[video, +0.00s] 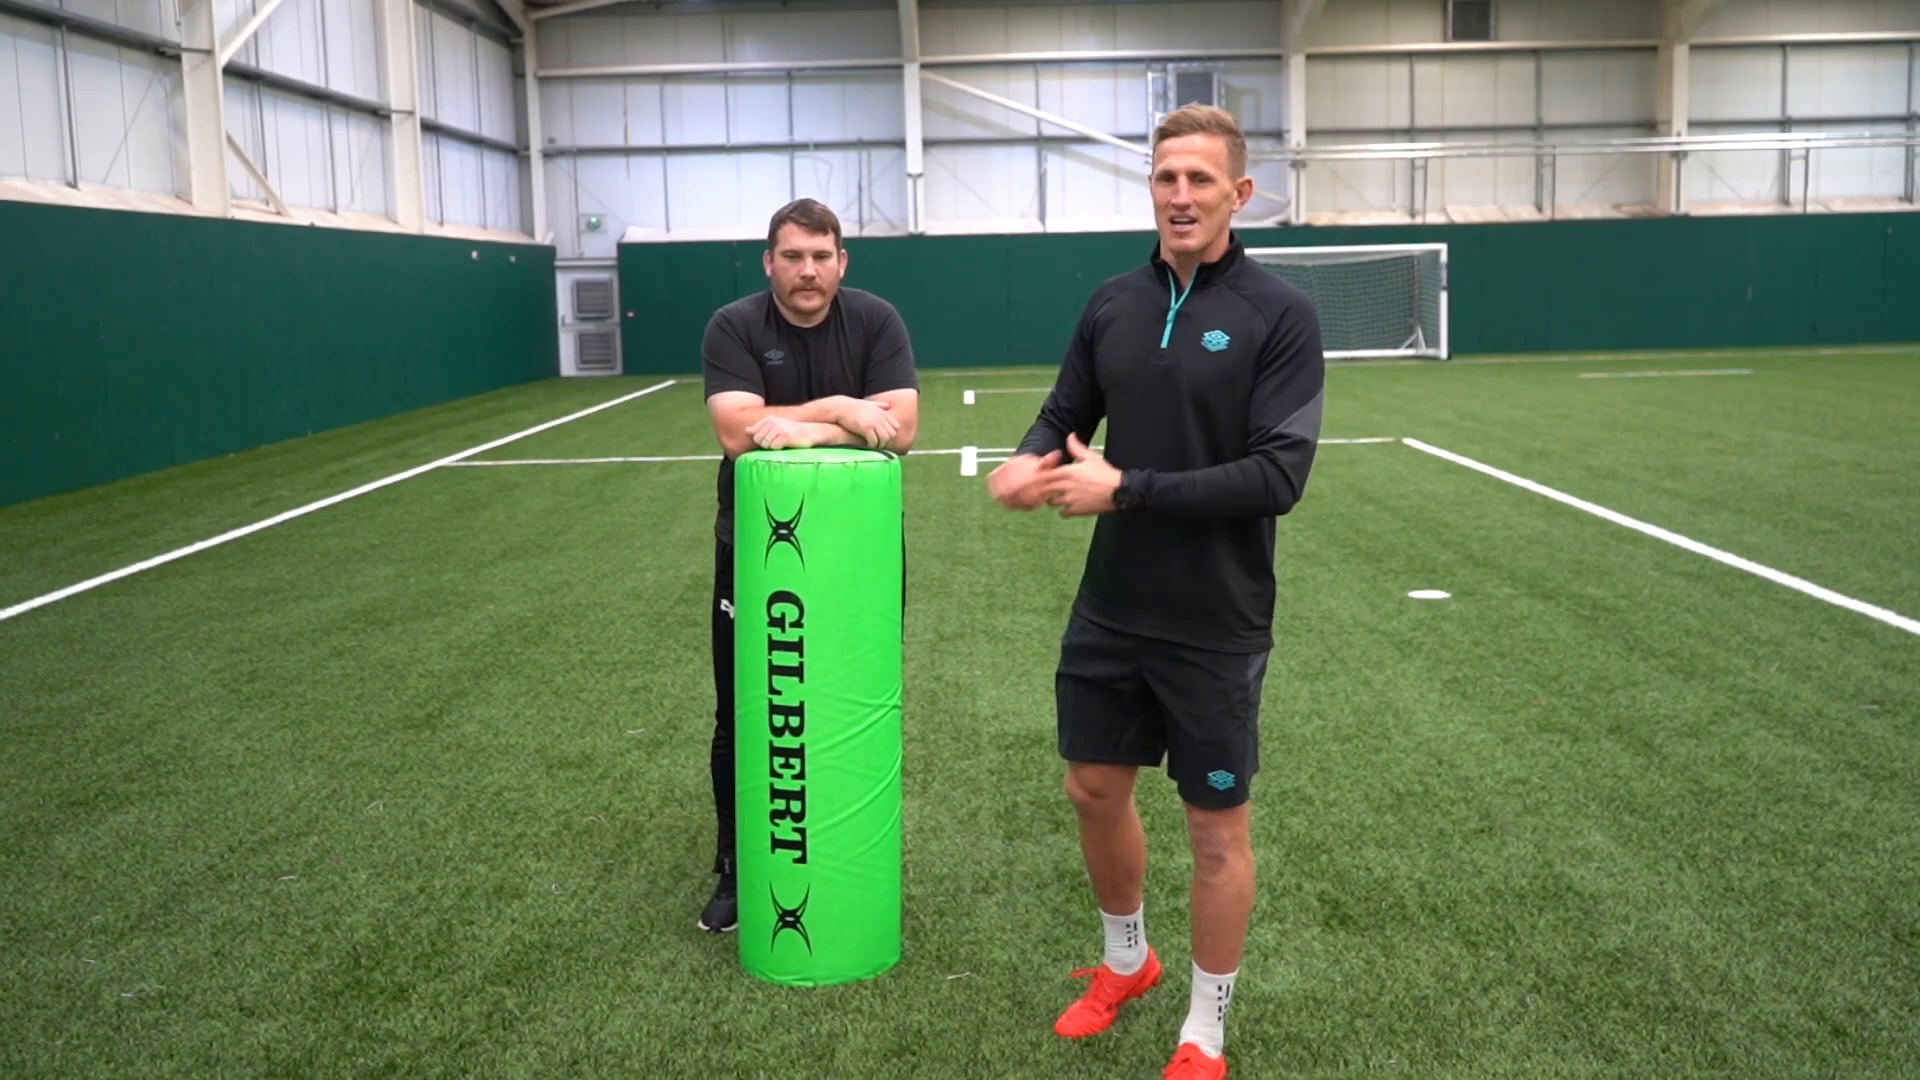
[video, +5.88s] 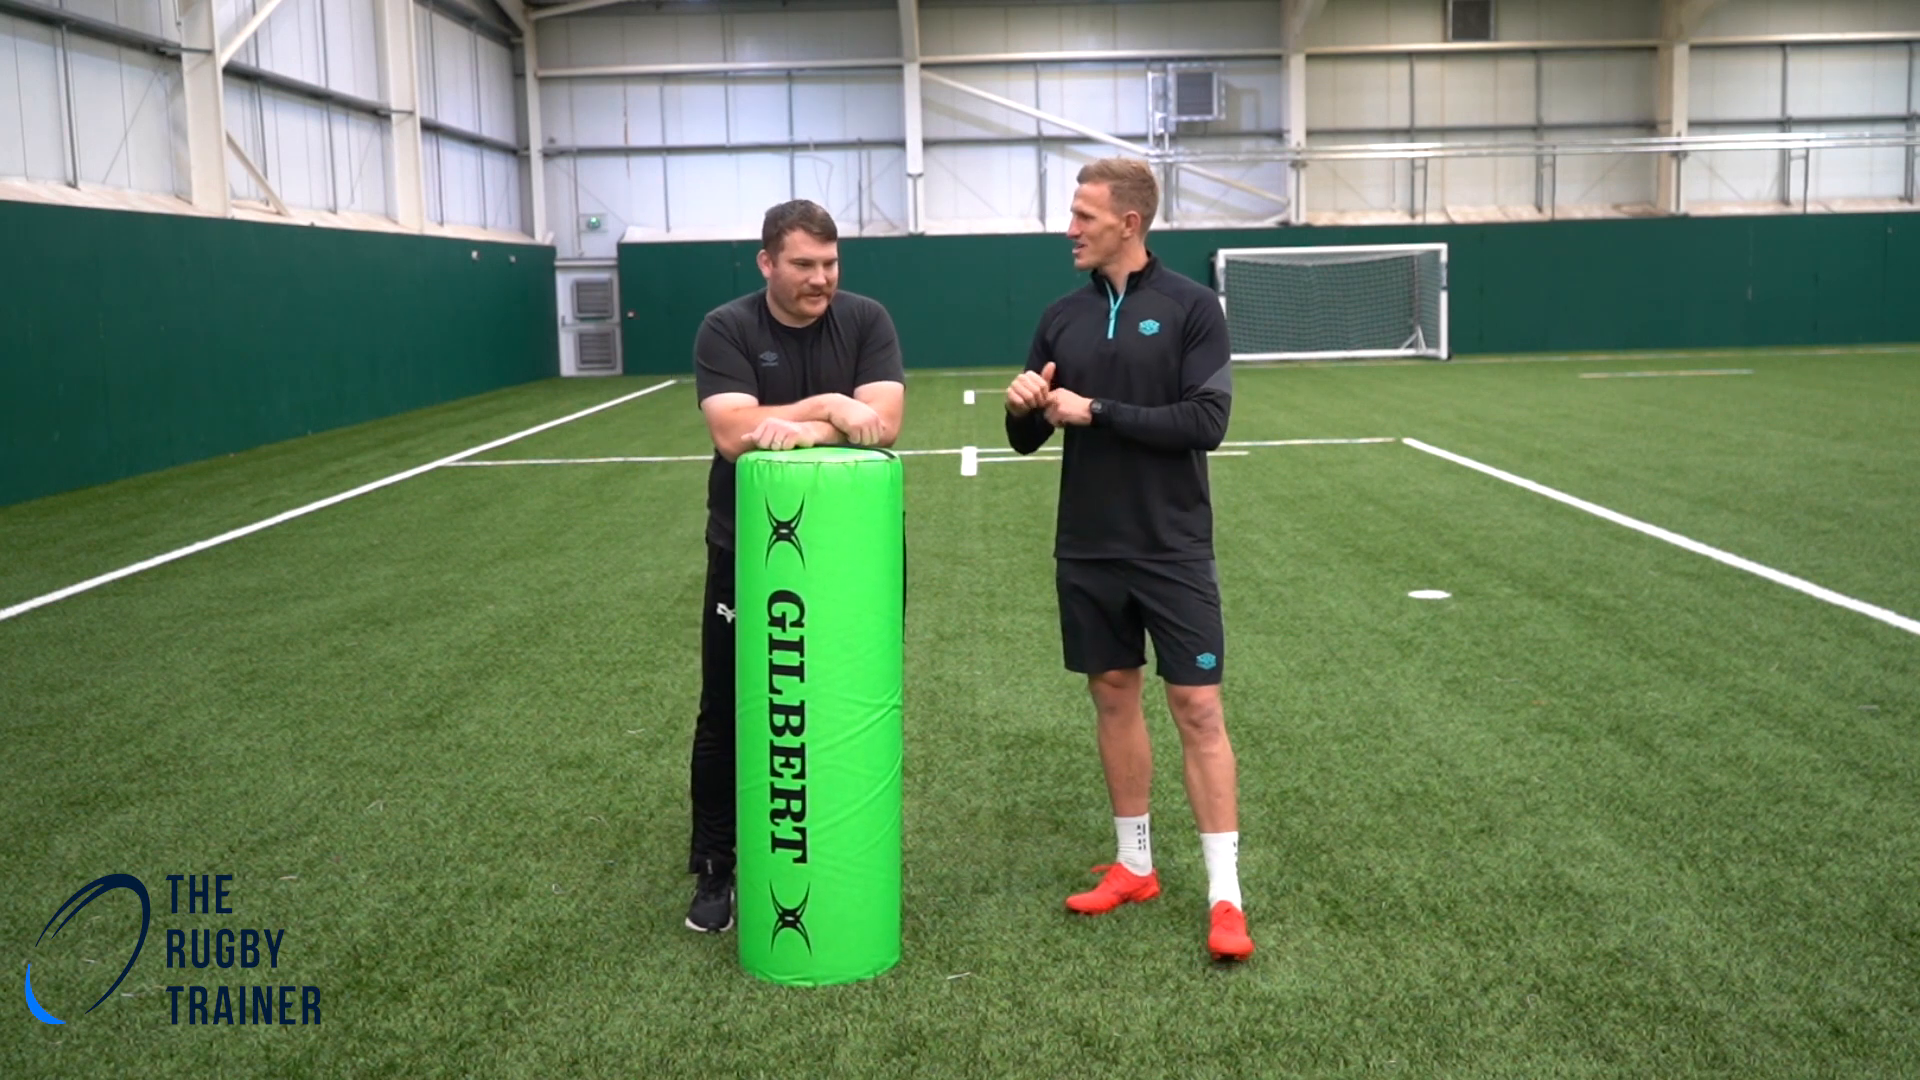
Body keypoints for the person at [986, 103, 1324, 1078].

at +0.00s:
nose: (1179, 196)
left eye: (1200, 179)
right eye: (1165, 178)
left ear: (1240, 194)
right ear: (1148, 190)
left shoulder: (1282, 315)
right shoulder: (1114, 304)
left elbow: (1280, 475)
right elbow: (1061, 423)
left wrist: (1123, 489)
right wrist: (1031, 465)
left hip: (1218, 617)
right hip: (1112, 602)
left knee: (1215, 826)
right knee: (1096, 788)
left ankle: (1206, 1033)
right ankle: (1128, 962)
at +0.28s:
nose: (1107, 211)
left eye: (1115, 195)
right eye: (1108, 193)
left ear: (1166, 201)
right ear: (1165, 199)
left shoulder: (1255, 325)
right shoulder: (1143, 294)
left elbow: (1243, 502)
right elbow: (1095, 396)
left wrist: (1120, 607)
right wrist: (994, 385)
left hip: (1209, 614)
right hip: (1122, 596)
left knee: (1219, 820)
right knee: (1111, 775)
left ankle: (1207, 1035)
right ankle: (1136, 966)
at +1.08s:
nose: (1110, 218)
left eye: (1125, 201)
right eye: (1096, 206)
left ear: (1164, 209)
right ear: (1082, 222)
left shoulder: (1230, 312)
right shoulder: (1078, 332)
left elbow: (1266, 453)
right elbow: (1045, 443)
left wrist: (1175, 549)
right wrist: (1024, 512)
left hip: (1220, 590)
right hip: (1124, 591)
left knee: (1221, 788)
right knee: (1162, 768)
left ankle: (1215, 1012)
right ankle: (1179, 962)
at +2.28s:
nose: (1203, 216)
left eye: (1219, 206)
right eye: (1205, 202)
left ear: (1270, 217)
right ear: (1226, 213)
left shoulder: (1324, 319)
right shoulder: (1183, 301)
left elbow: (1332, 457)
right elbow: (1145, 392)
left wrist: (1325, 582)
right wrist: (1112, 438)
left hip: (1274, 563)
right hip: (1180, 549)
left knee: (1277, 726)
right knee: (1154, 712)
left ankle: (1267, 892)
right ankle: (1151, 906)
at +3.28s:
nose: (1063, 221)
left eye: (1075, 210)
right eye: (1065, 208)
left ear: (1121, 217)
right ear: (1105, 216)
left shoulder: (1194, 302)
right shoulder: (1067, 314)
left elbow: (1228, 423)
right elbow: (1042, 428)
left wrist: (1212, 535)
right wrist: (997, 401)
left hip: (1176, 541)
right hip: (1094, 543)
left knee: (1198, 704)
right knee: (1119, 694)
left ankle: (1222, 888)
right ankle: (1132, 866)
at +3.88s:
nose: (1053, 226)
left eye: (1066, 215)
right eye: (1056, 213)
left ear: (1113, 223)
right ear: (1097, 222)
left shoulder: (1180, 304)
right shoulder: (1053, 320)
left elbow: (1204, 424)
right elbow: (1021, 432)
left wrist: (1098, 463)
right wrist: (1000, 388)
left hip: (1163, 547)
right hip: (1081, 547)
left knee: (1190, 709)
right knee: (1111, 694)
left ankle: (1219, 897)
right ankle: (1132, 867)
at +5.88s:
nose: (1071, 228)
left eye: (1084, 217)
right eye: (1072, 214)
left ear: (1131, 224)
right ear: (1100, 221)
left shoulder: (1192, 306)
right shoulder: (1063, 316)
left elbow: (1207, 423)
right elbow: (1026, 438)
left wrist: (1094, 412)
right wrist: (1024, 407)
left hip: (1173, 543)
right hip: (1089, 543)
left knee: (1199, 706)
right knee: (1112, 695)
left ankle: (1225, 895)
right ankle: (1134, 865)